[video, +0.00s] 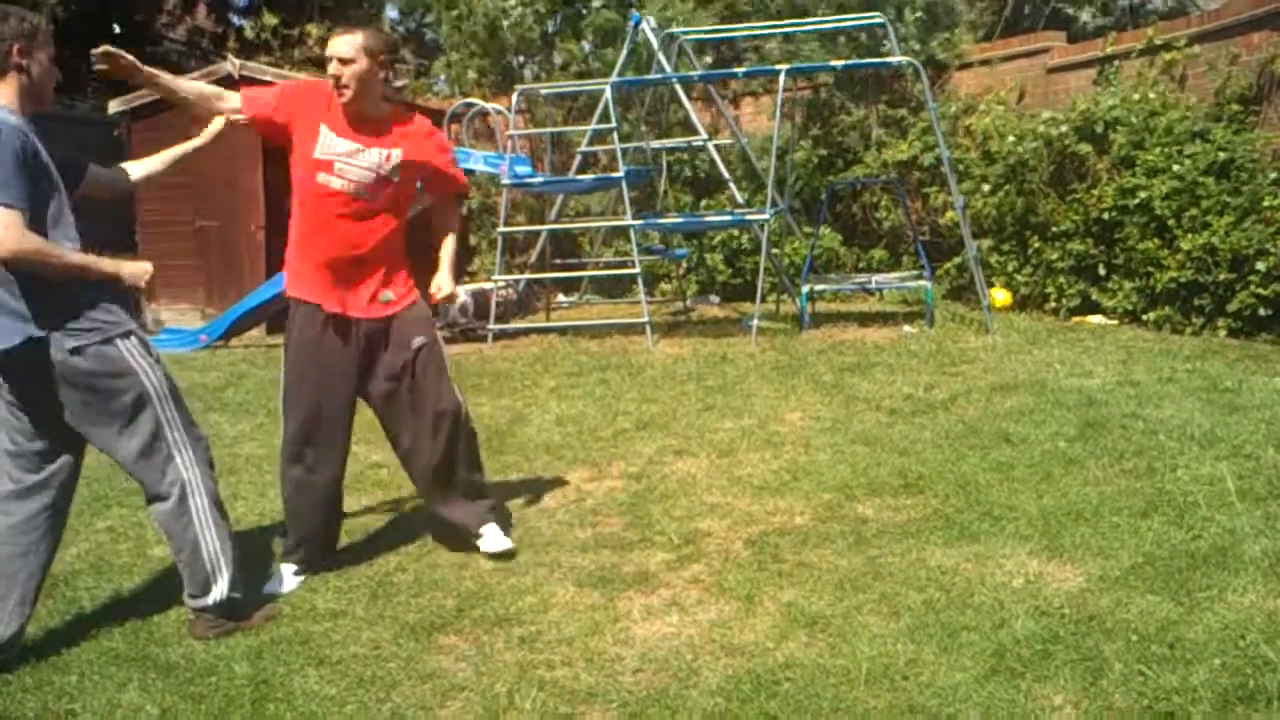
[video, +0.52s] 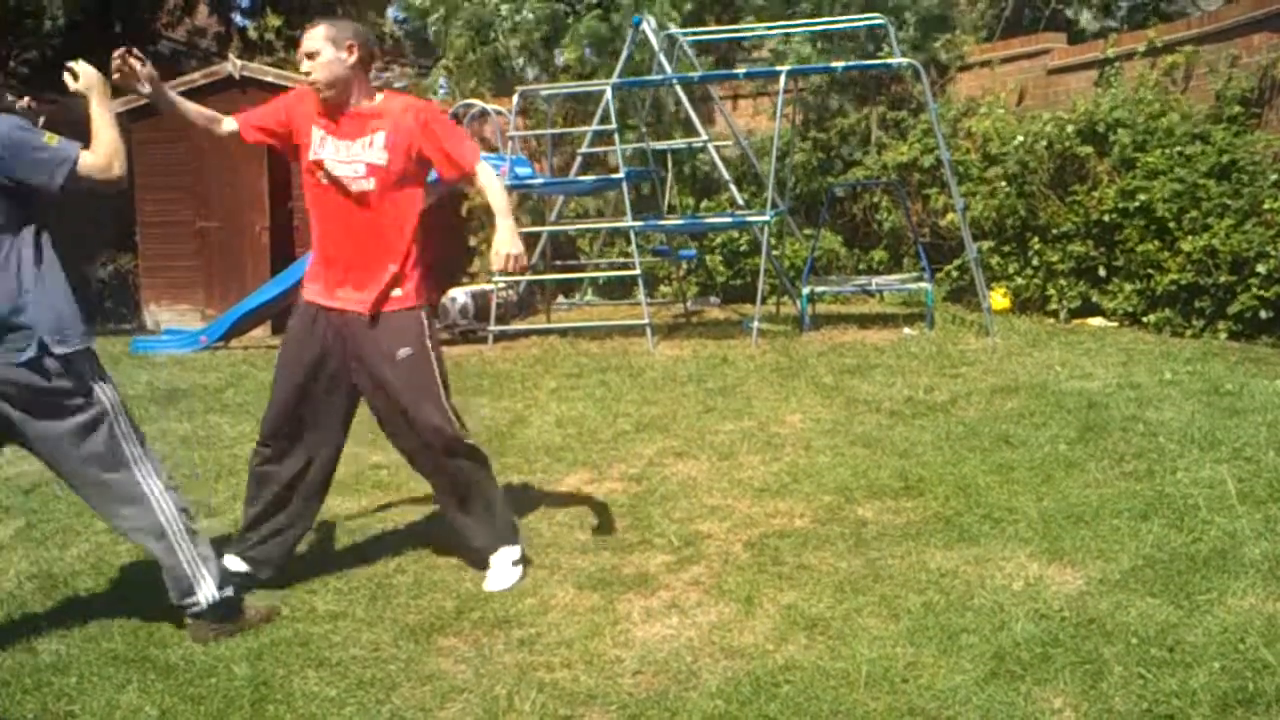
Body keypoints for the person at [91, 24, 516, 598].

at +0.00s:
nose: (334, 71)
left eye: (345, 62)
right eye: (330, 61)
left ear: (380, 67)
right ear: (326, 64)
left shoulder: (418, 135)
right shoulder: (305, 101)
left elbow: (452, 201)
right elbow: (224, 101)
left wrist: (447, 269)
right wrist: (145, 75)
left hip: (391, 295)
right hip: (316, 296)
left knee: (440, 409)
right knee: (309, 428)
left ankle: (476, 516)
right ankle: (302, 552)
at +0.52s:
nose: (304, 67)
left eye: (313, 56)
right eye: (301, 58)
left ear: (351, 55)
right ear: (309, 62)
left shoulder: (409, 115)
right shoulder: (300, 108)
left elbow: (481, 167)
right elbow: (224, 128)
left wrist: (507, 227)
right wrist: (158, 92)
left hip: (391, 308)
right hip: (320, 304)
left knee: (433, 434)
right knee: (286, 433)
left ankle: (500, 543)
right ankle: (257, 556)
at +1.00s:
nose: (184, 125)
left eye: (190, 116)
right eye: (182, 118)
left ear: (218, 118)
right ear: (242, 122)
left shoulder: (229, 144)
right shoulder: (287, 171)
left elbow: (198, 128)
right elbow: (348, 224)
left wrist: (114, 98)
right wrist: (408, 273)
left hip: (279, 332)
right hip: (257, 341)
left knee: (313, 462)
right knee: (202, 453)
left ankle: (458, 532)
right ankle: (218, 582)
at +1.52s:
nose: (218, 91)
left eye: (229, 81)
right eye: (220, 81)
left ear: (269, 91)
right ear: (259, 92)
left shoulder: (320, 166)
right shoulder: (229, 152)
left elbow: (388, 233)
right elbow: (187, 179)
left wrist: (393, 326)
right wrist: (101, 171)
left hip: (301, 357)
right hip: (236, 353)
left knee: (306, 494)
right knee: (194, 468)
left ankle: (390, 589)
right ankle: (210, 586)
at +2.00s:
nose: (164, 95)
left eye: (175, 84)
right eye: (166, 85)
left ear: (208, 87)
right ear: (211, 91)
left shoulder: (224, 141)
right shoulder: (232, 142)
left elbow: (223, 241)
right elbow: (233, 250)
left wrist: (157, 299)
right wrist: (168, 297)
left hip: (269, 340)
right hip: (237, 344)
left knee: (288, 480)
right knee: (191, 462)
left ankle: (394, 582)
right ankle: (215, 581)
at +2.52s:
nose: (134, 105)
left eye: (144, 93)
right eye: (135, 93)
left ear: (183, 100)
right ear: (179, 101)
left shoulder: (227, 162)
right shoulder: (185, 162)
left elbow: (258, 259)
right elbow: (212, 257)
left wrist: (194, 337)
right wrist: (179, 328)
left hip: (243, 367)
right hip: (185, 360)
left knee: (249, 496)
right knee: (117, 460)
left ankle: (337, 590)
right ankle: (157, 580)